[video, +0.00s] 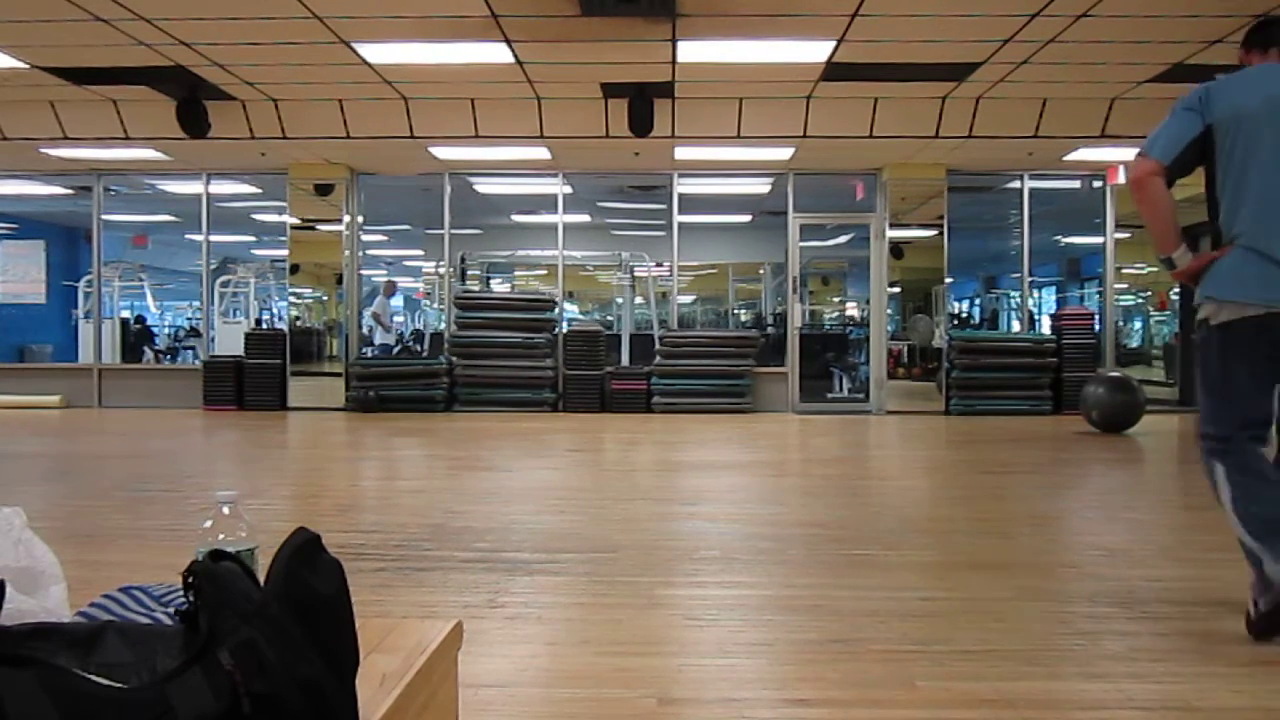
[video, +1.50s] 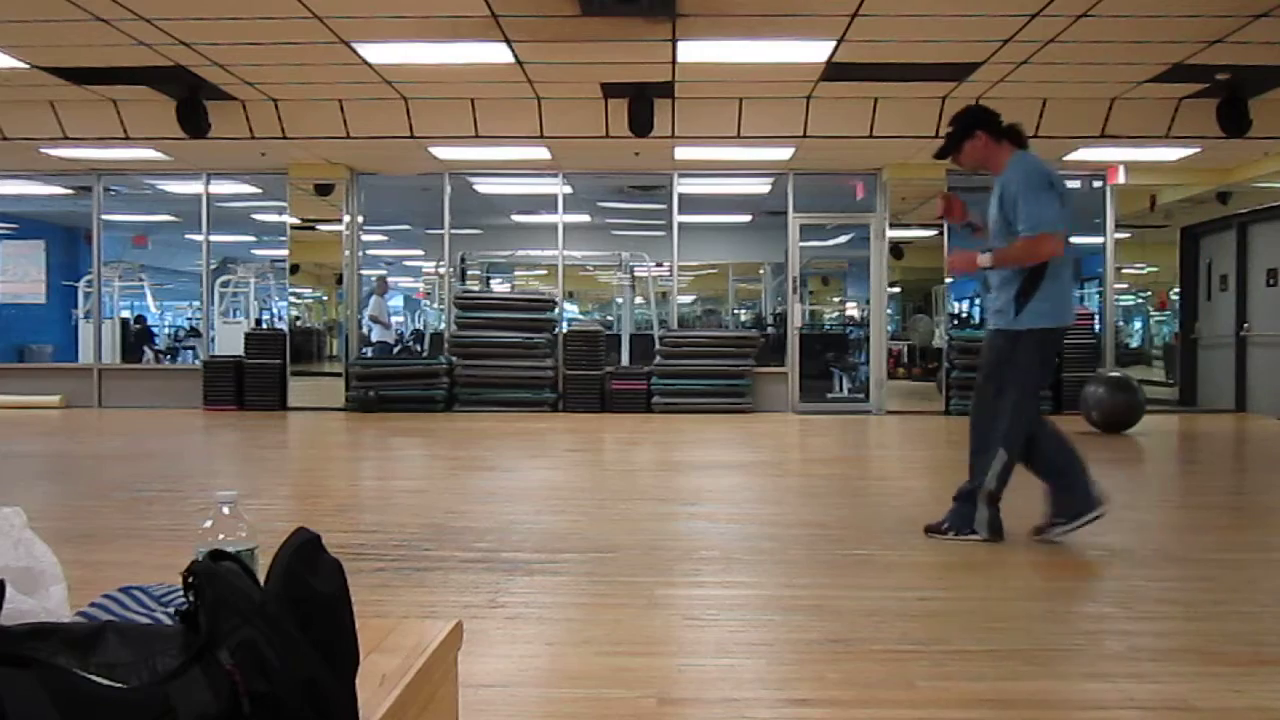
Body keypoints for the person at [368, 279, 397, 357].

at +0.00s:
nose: (395, 291)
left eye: (395, 288)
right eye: (393, 288)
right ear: (387, 288)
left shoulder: (387, 301)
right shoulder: (381, 299)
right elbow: (375, 314)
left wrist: (389, 325)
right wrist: (385, 326)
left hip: (388, 338)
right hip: (383, 338)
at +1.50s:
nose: (387, 288)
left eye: (386, 285)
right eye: (385, 285)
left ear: (385, 286)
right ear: (379, 286)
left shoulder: (383, 300)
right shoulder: (375, 299)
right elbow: (371, 316)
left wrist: (388, 323)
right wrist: (385, 324)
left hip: (386, 338)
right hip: (380, 338)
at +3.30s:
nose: (385, 289)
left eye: (385, 286)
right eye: (382, 286)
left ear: (385, 287)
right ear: (377, 287)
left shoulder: (380, 300)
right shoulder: (373, 299)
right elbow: (366, 314)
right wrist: (380, 322)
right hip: (377, 337)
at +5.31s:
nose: (386, 288)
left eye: (386, 286)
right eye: (384, 286)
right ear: (378, 286)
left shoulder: (382, 301)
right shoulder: (373, 299)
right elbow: (366, 314)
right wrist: (380, 324)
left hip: (385, 337)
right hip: (377, 337)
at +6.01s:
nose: (386, 287)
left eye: (386, 285)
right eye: (384, 285)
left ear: (385, 286)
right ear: (377, 286)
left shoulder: (381, 301)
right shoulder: (373, 299)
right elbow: (365, 314)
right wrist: (379, 324)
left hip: (384, 337)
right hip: (376, 338)